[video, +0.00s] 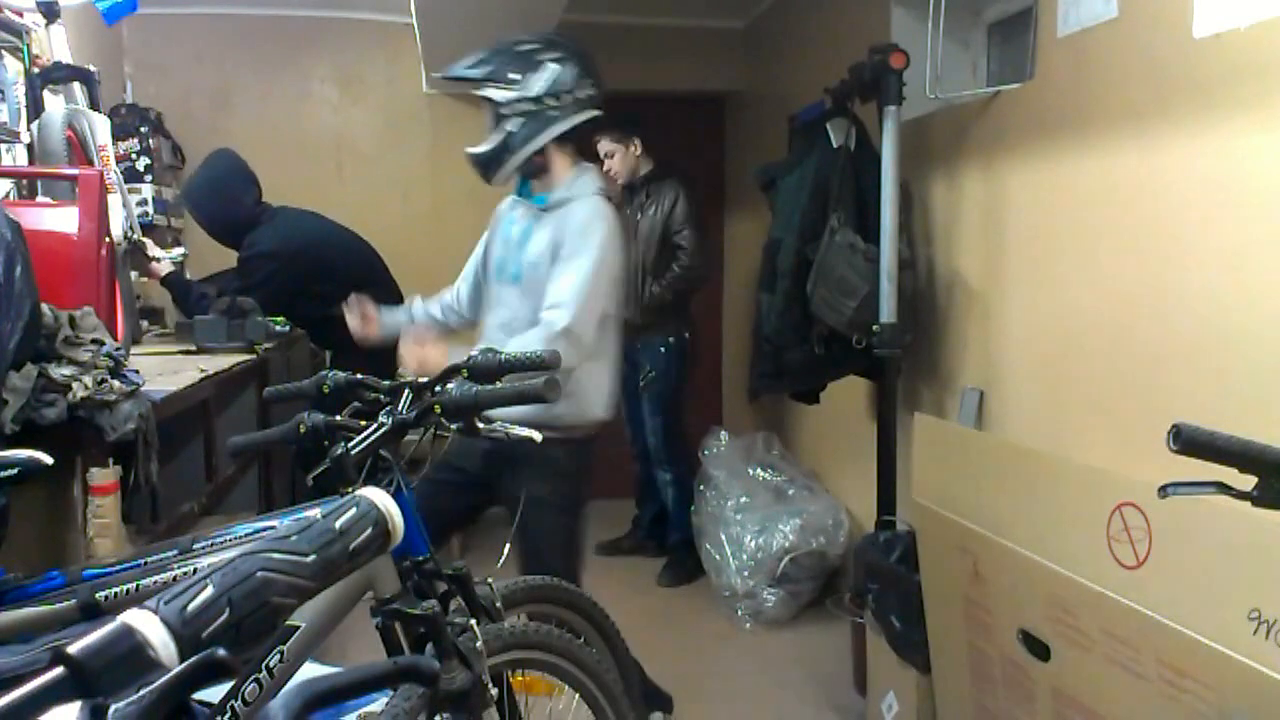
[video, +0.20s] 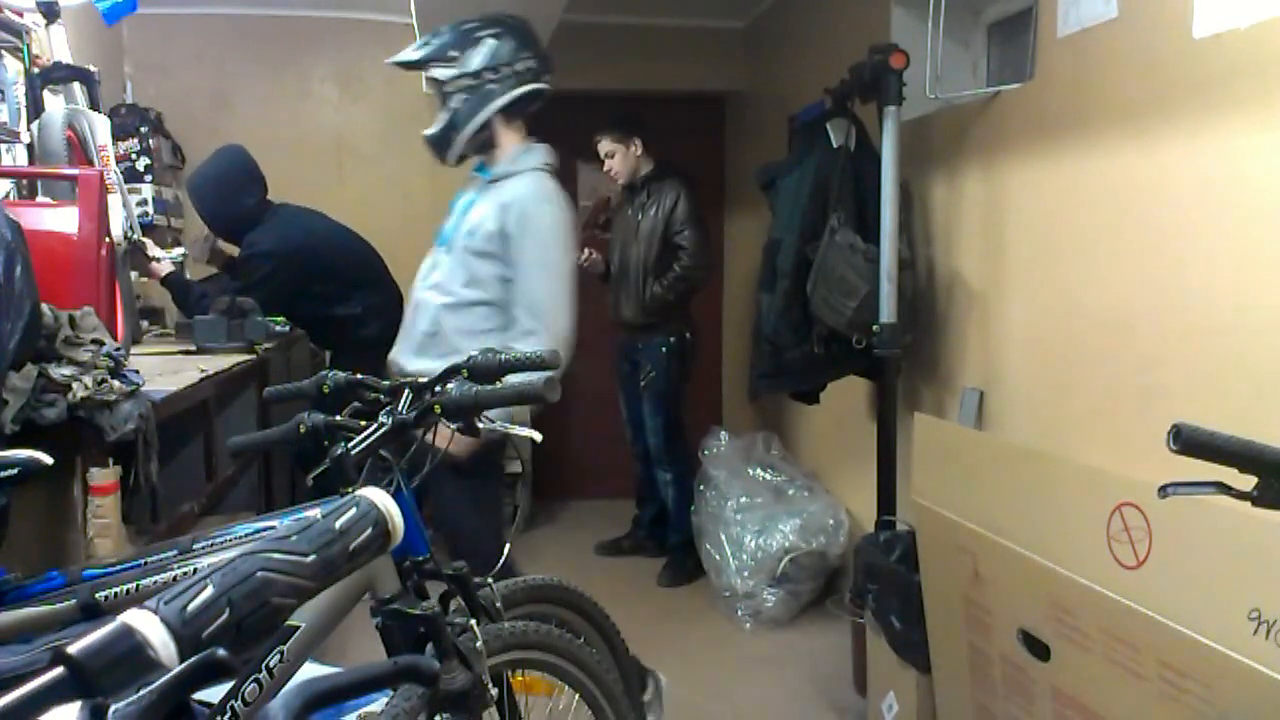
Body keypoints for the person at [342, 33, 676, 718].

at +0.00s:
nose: (491, 129)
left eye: (501, 113)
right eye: (493, 113)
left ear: (541, 120)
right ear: (538, 124)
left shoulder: (591, 216)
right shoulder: (513, 210)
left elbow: (561, 336)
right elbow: (458, 305)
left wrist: (459, 360)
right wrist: (387, 321)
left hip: (555, 437)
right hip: (490, 426)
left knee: (550, 601)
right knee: (407, 531)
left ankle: (643, 700)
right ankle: (443, 667)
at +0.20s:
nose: (440, 108)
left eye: (448, 91)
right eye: (440, 92)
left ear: (487, 91)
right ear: (491, 93)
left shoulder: (534, 195)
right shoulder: (485, 188)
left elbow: (545, 338)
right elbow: (461, 307)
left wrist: (476, 421)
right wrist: (413, 394)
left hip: (464, 424)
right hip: (426, 413)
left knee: (480, 583)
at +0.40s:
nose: (404, 122)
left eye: (411, 105)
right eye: (405, 107)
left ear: (446, 107)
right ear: (455, 109)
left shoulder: (491, 207)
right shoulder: (453, 202)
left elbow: (438, 329)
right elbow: (412, 310)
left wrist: (333, 348)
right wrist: (337, 328)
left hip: (464, 431)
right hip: (432, 422)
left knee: (452, 601)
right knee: (428, 594)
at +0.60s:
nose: (392, 103)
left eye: (398, 86)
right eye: (392, 87)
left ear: (434, 87)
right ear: (441, 88)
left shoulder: (500, 189)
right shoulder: (436, 181)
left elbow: (513, 318)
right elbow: (405, 292)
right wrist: (363, 368)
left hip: (444, 412)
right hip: (392, 403)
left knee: (465, 575)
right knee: (408, 568)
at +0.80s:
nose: (401, 103)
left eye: (413, 88)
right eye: (401, 88)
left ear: (459, 90)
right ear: (444, 90)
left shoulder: (523, 193)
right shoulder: (418, 193)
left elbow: (547, 318)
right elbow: (382, 304)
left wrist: (510, 395)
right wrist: (309, 345)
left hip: (484, 420)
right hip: (404, 412)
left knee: (478, 580)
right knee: (388, 568)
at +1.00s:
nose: (450, 96)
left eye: (466, 82)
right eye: (442, 81)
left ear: (511, 83)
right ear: (433, 81)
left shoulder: (559, 194)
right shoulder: (429, 187)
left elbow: (576, 315)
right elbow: (409, 302)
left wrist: (564, 412)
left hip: (499, 412)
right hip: (414, 404)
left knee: (514, 576)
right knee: (386, 559)